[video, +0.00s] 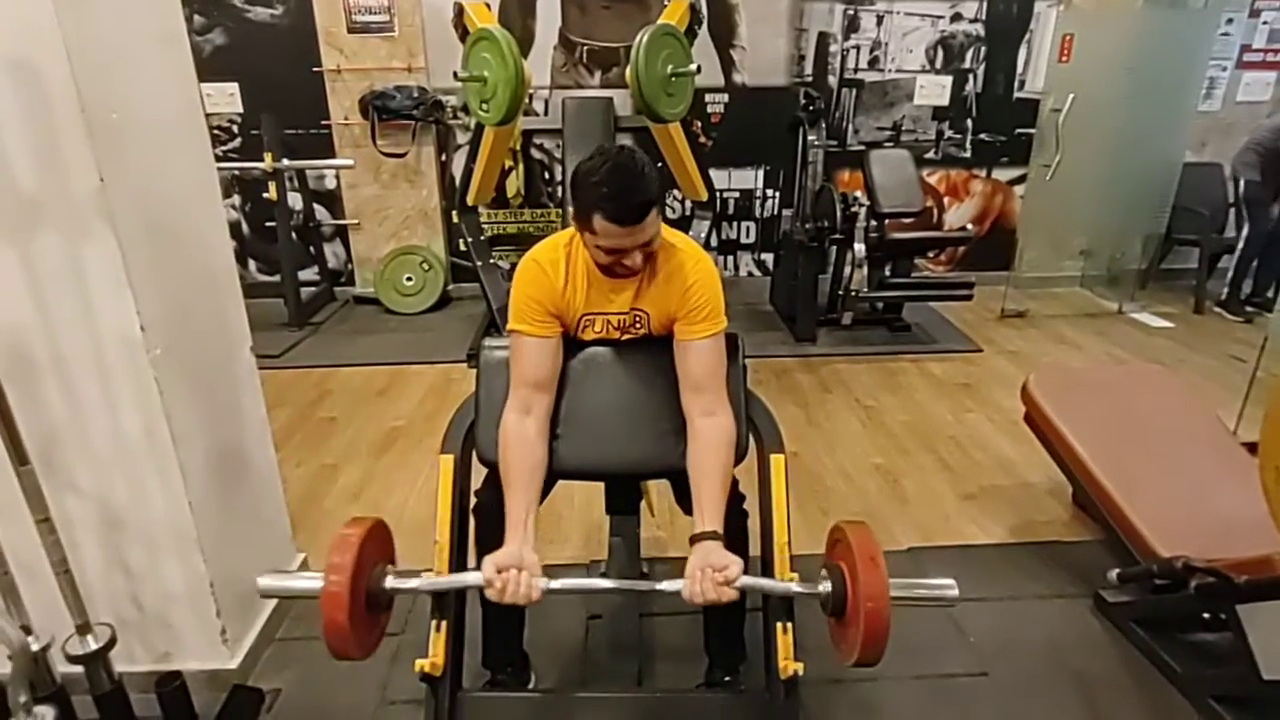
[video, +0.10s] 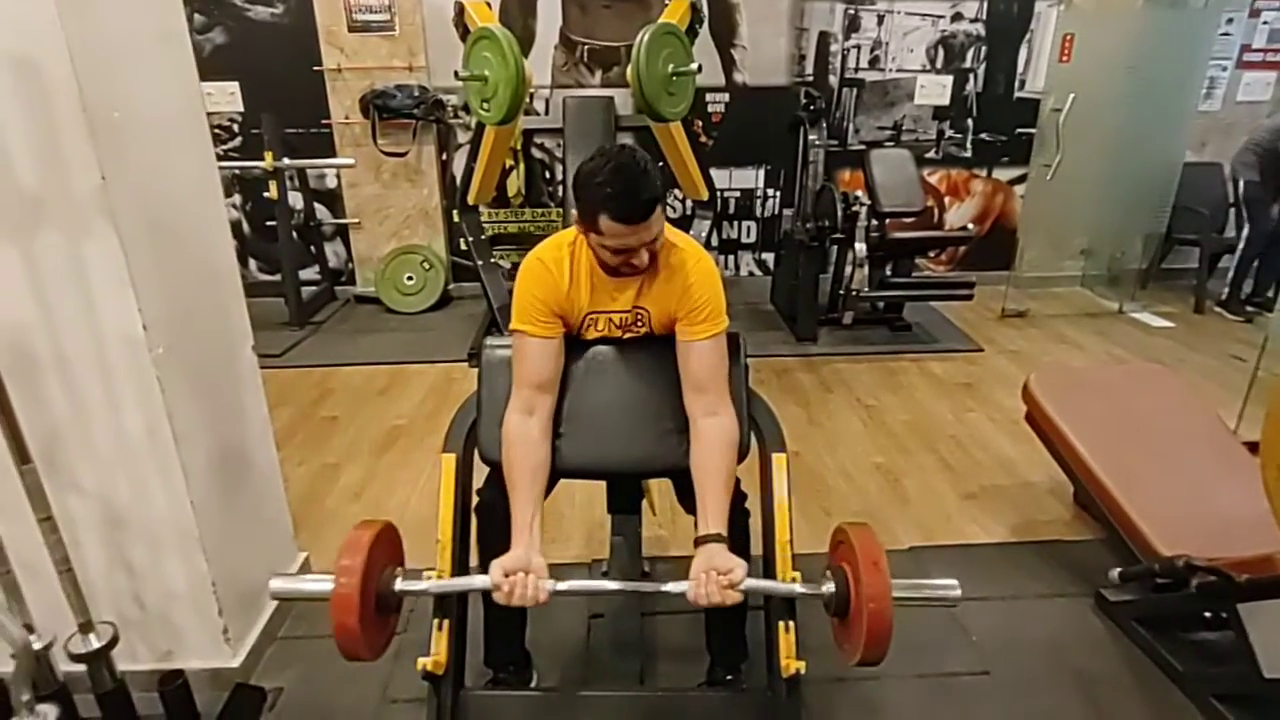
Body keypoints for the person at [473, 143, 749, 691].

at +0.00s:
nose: (633, 261)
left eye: (645, 244)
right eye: (612, 251)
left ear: (658, 216)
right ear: (579, 226)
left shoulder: (691, 272)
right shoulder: (541, 273)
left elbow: (708, 410)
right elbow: (527, 407)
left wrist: (709, 537)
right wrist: (518, 540)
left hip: (662, 410)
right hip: (567, 409)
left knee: (728, 509)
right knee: (491, 510)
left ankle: (726, 671)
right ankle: (506, 671)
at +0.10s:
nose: (641, 260)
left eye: (651, 242)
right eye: (620, 250)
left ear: (661, 214)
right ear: (584, 228)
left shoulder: (692, 271)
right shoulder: (544, 271)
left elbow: (711, 410)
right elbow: (529, 408)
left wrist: (712, 539)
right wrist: (524, 543)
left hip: (664, 408)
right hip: (570, 407)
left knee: (729, 507)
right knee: (494, 509)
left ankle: (728, 669)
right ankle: (508, 669)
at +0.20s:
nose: (643, 259)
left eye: (652, 242)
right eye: (622, 250)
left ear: (662, 213)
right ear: (586, 228)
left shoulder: (693, 270)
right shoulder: (545, 271)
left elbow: (712, 409)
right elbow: (530, 407)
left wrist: (713, 537)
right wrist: (525, 542)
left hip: (665, 408)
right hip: (570, 408)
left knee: (731, 507)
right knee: (494, 508)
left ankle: (729, 670)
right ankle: (509, 670)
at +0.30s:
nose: (643, 258)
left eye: (652, 241)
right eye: (623, 249)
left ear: (662, 212)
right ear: (587, 228)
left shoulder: (692, 269)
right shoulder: (548, 269)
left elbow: (713, 406)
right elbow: (531, 404)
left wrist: (713, 529)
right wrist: (523, 534)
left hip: (667, 405)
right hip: (572, 403)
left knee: (731, 510)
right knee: (496, 508)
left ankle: (729, 669)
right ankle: (510, 668)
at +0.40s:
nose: (643, 259)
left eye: (652, 242)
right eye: (623, 249)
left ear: (662, 213)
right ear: (587, 228)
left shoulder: (693, 268)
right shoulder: (549, 269)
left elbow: (714, 406)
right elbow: (532, 405)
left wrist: (714, 527)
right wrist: (522, 532)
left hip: (667, 404)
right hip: (572, 403)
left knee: (731, 509)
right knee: (497, 508)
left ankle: (730, 669)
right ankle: (511, 670)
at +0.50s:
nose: (641, 260)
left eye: (651, 243)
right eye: (621, 249)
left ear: (663, 215)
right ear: (587, 227)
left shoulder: (693, 269)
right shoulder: (550, 269)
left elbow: (714, 400)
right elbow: (534, 399)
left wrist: (713, 512)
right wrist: (518, 516)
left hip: (669, 405)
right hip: (573, 403)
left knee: (731, 514)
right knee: (496, 512)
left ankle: (729, 671)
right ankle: (511, 672)